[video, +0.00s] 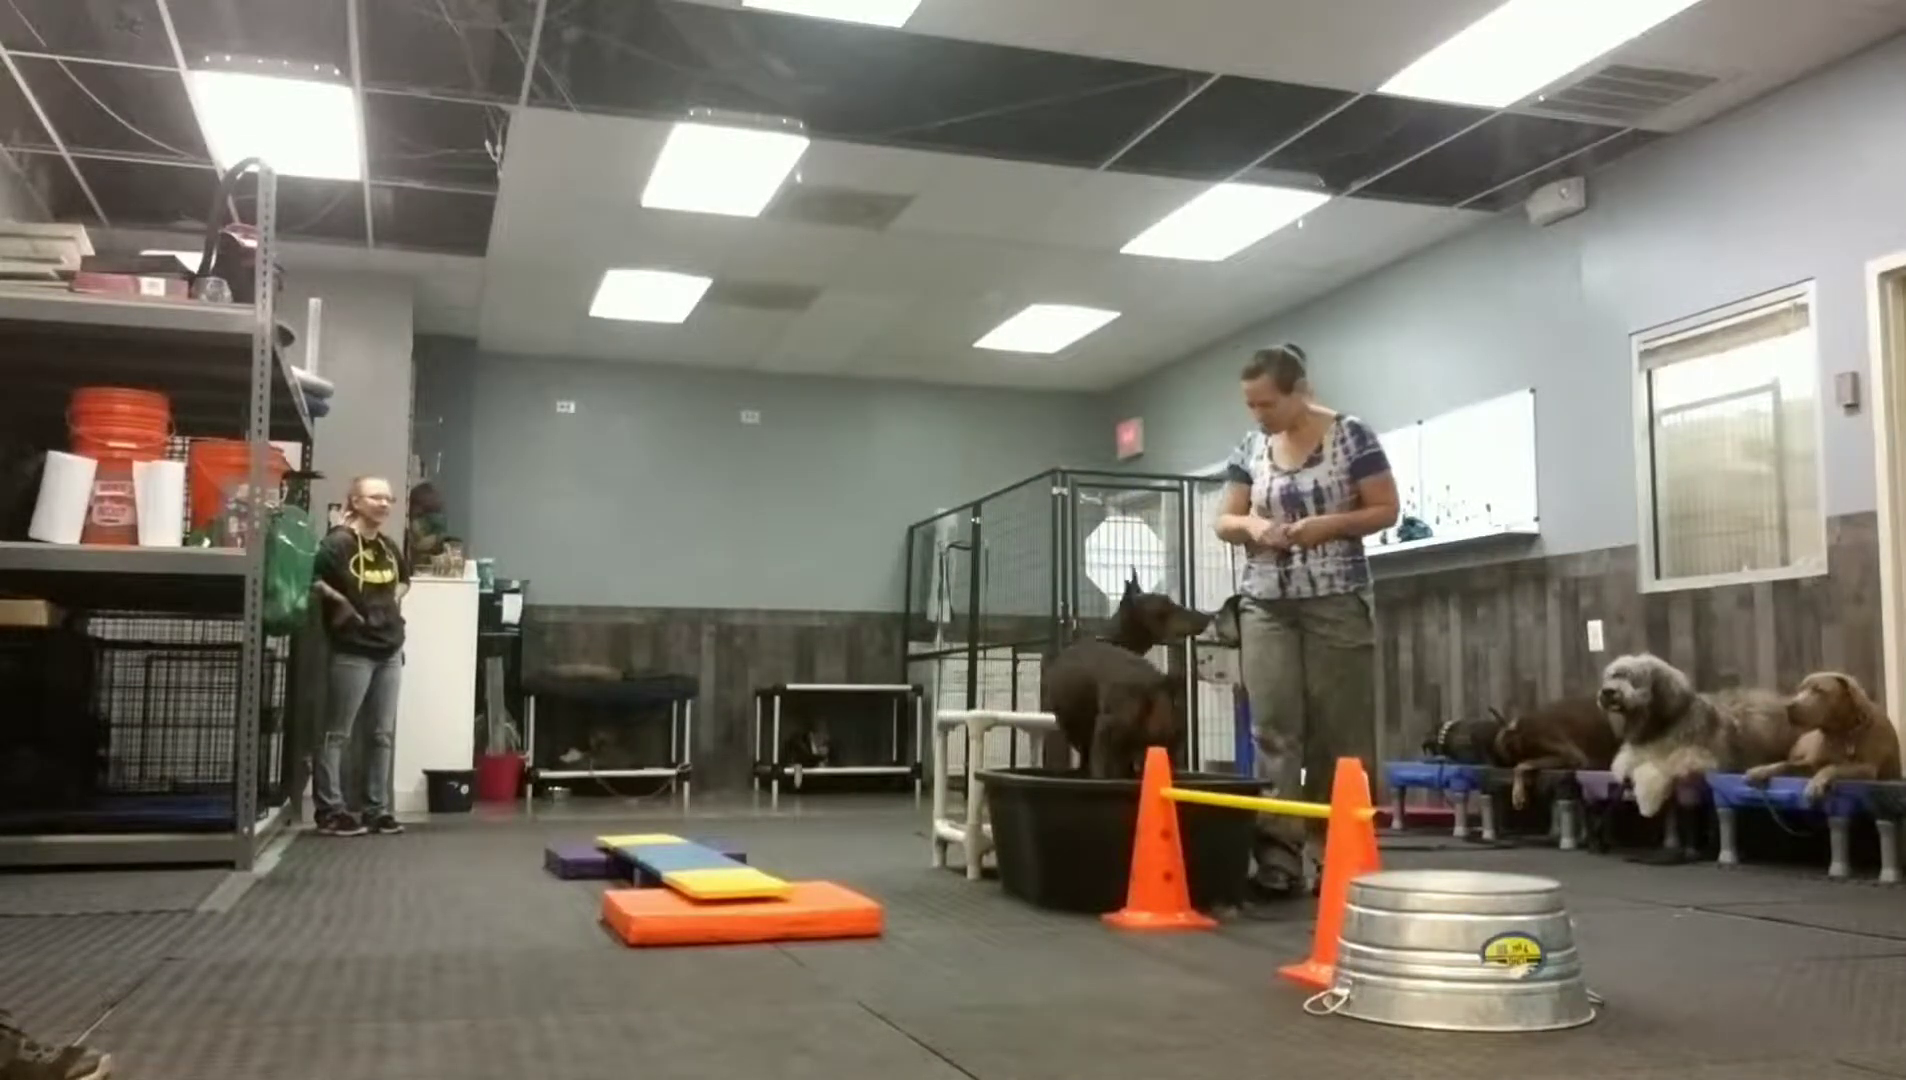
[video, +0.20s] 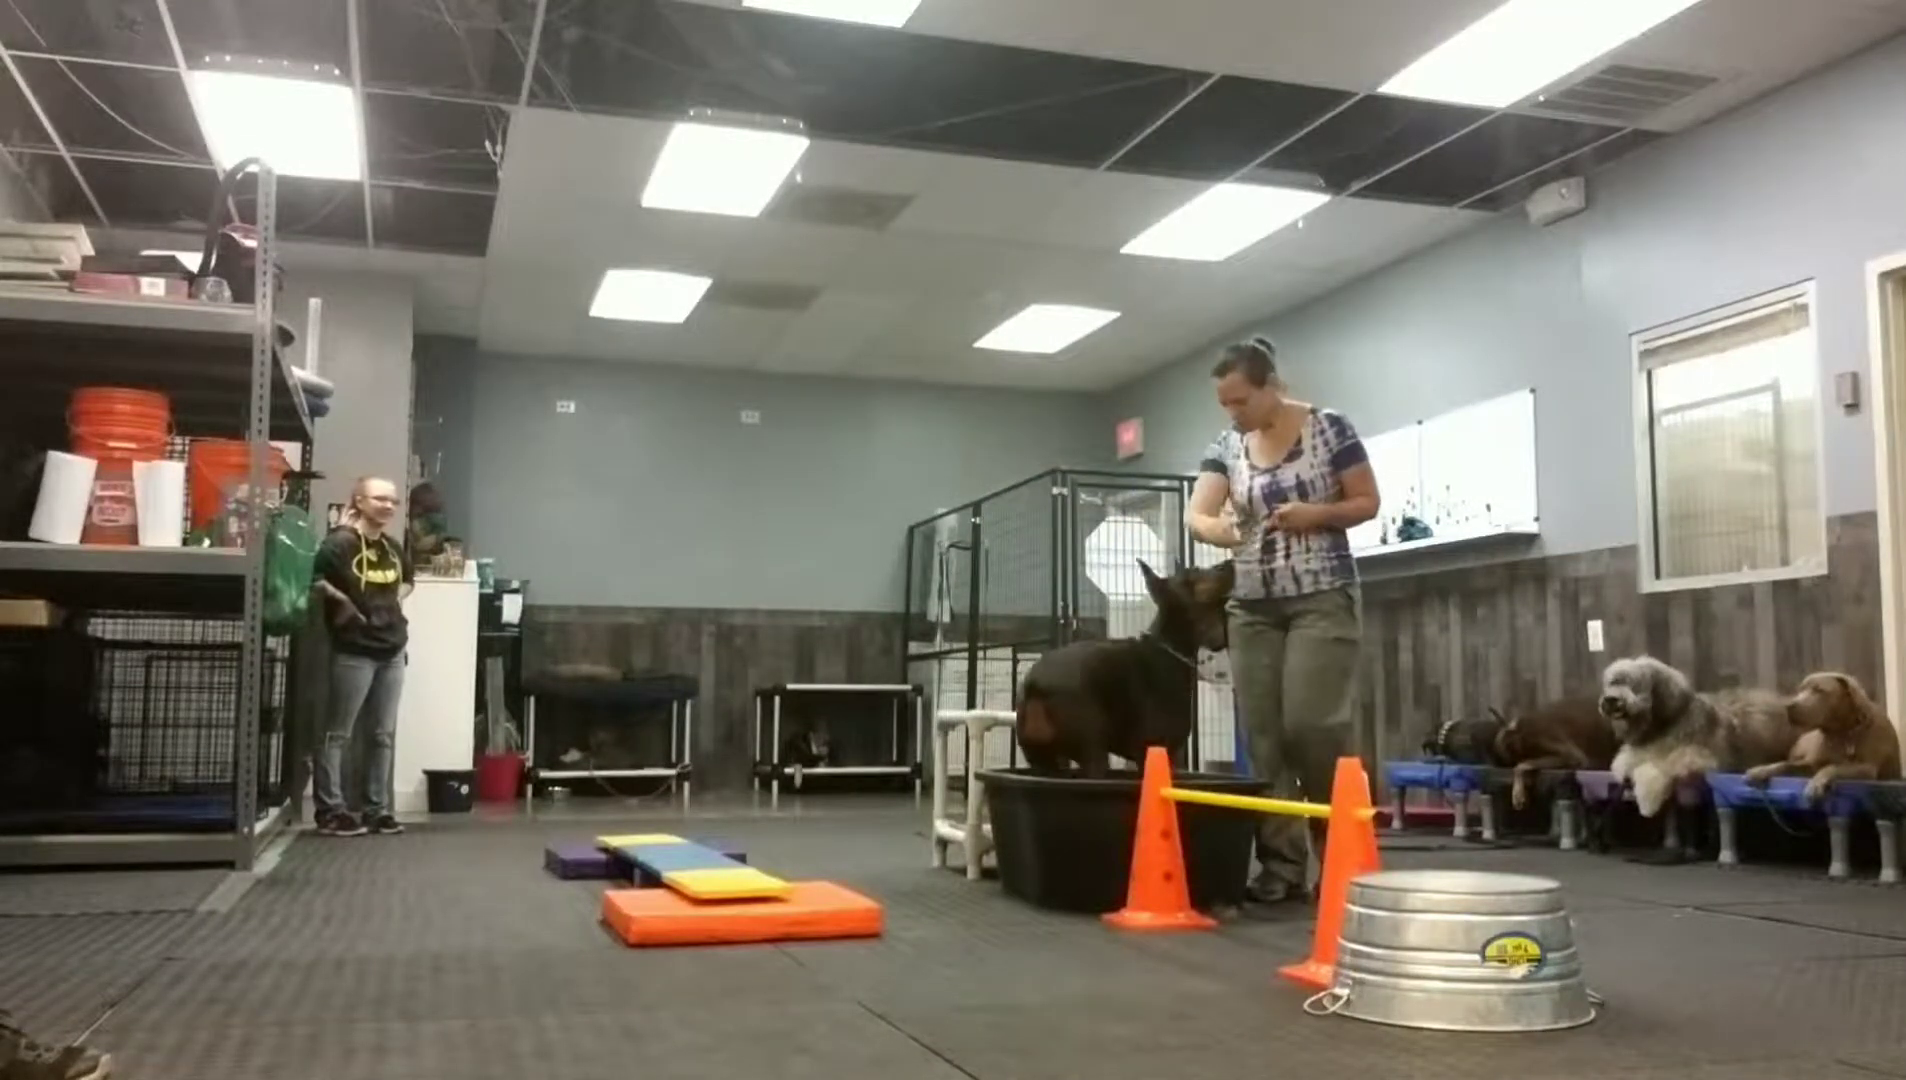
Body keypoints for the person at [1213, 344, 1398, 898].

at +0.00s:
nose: (1257, 417)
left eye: (1264, 405)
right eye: (1251, 407)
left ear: (1298, 393)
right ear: (1254, 401)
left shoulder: (1349, 436)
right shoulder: (1254, 450)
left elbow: (1386, 510)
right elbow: (1224, 524)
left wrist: (1328, 526)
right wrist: (1254, 527)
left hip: (1335, 605)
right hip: (1266, 608)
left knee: (1340, 735)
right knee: (1275, 732)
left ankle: (1334, 858)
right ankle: (1280, 856)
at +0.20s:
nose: (1230, 415)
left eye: (1237, 402)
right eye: (1224, 404)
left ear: (1270, 388)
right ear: (1228, 397)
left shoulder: (1329, 429)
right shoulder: (1229, 447)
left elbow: (1366, 503)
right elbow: (1197, 517)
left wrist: (1315, 515)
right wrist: (1222, 530)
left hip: (1322, 603)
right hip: (1253, 609)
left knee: (1308, 728)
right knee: (1264, 741)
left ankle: (1345, 854)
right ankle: (1281, 867)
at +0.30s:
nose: (1223, 413)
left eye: (1229, 399)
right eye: (1216, 402)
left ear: (1263, 384)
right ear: (1220, 395)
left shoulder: (1327, 424)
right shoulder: (1225, 446)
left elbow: (1368, 499)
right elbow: (1176, 510)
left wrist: (1309, 514)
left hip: (1321, 600)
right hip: (1253, 607)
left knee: (1311, 734)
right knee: (1264, 738)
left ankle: (1313, 870)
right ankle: (1276, 865)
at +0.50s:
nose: (1215, 407)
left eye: (1218, 394)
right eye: (1209, 398)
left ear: (1251, 374)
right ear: (1240, 382)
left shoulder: (1316, 414)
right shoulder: (1243, 441)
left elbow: (1357, 497)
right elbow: (1250, 516)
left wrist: (1277, 514)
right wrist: (1199, 525)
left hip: (1318, 595)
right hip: (1259, 601)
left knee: (1316, 732)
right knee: (1272, 734)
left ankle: (1325, 866)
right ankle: (1292, 858)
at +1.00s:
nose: (1209, 414)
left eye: (1209, 402)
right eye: (1203, 406)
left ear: (1238, 381)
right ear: (1233, 387)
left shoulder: (1310, 415)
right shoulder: (1245, 449)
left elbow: (1354, 494)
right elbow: (1215, 511)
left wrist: (1274, 519)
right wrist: (1162, 557)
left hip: (1324, 594)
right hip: (1272, 601)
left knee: (1323, 730)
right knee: (1281, 731)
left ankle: (1325, 869)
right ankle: (1293, 862)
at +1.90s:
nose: (1254, 419)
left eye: (1257, 406)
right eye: (1248, 411)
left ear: (1288, 385)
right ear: (1273, 394)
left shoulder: (1351, 421)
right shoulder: (1279, 452)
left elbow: (1395, 498)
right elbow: (1294, 527)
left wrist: (1316, 516)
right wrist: (1245, 548)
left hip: (1357, 595)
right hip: (1296, 603)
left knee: (1330, 717)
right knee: (1287, 728)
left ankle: (1396, 839)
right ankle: (1296, 864)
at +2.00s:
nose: (1300, 423)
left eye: (1300, 409)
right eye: (1293, 414)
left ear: (1330, 388)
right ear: (1321, 398)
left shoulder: (1392, 427)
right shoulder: (1332, 456)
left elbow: (1427, 509)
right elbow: (1349, 531)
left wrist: (1341, 523)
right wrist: (1300, 542)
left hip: (1388, 602)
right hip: (1336, 607)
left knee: (1387, 740)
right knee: (1311, 729)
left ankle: (1462, 867)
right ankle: (1298, 867)